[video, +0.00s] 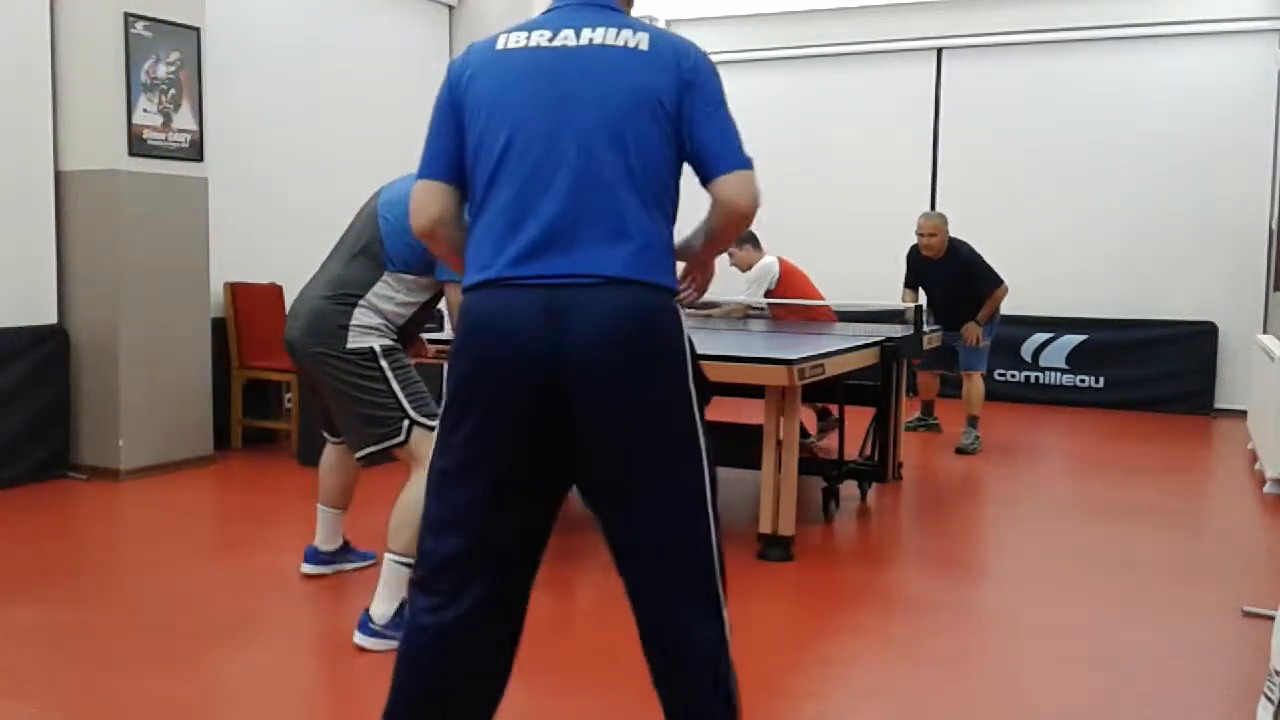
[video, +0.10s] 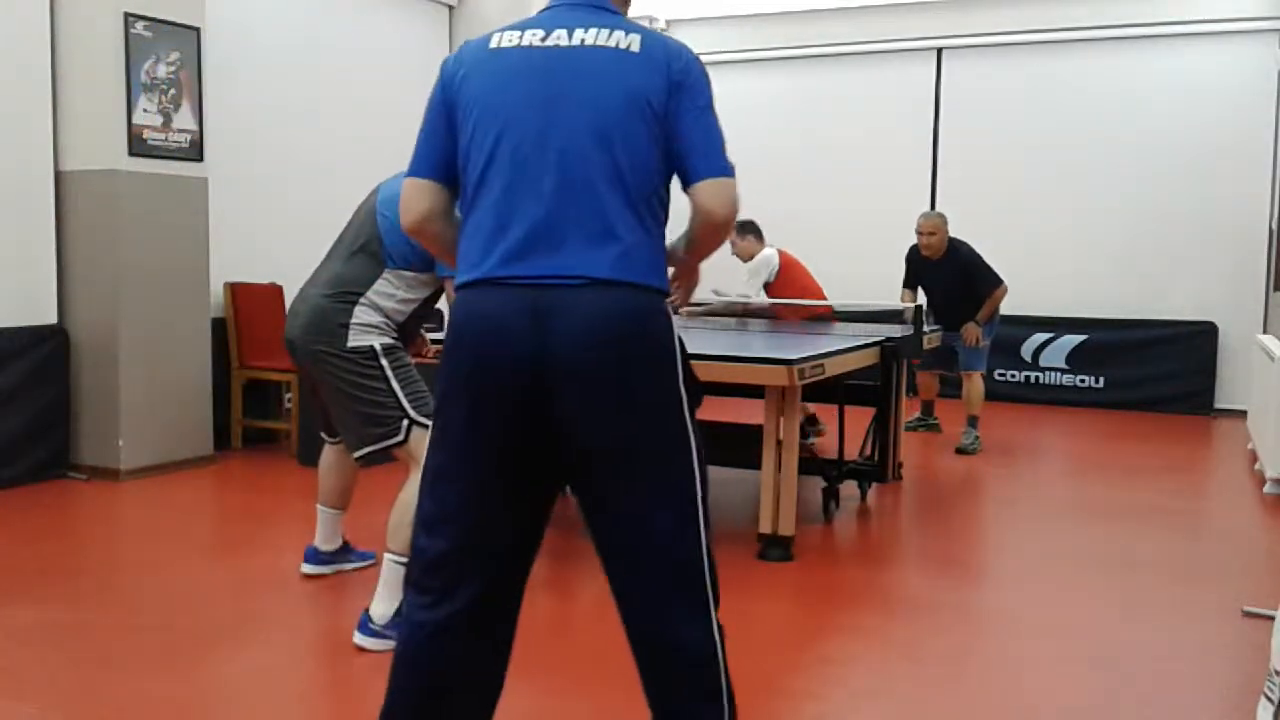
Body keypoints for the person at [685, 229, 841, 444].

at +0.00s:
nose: (731, 262)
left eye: (732, 254)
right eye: (729, 256)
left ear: (748, 249)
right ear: (752, 250)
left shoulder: (766, 266)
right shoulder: (773, 265)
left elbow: (740, 310)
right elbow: (745, 308)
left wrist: (700, 314)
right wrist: (703, 310)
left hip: (813, 332)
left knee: (774, 377)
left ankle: (798, 432)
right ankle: (822, 413)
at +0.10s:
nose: (732, 251)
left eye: (734, 244)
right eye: (731, 245)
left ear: (751, 239)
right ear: (755, 240)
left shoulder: (766, 258)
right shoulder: (772, 256)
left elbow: (741, 302)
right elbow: (746, 301)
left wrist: (697, 311)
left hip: (809, 322)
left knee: (772, 368)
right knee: (771, 364)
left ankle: (805, 420)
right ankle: (806, 418)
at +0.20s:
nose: (739, 237)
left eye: (740, 229)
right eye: (738, 231)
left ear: (756, 224)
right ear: (760, 225)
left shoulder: (771, 242)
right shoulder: (783, 245)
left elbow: (738, 279)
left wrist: (691, 287)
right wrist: (757, 290)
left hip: (802, 317)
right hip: (819, 315)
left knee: (773, 368)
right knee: (775, 368)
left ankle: (798, 433)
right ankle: (798, 432)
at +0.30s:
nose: (745, 219)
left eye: (747, 212)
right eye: (744, 213)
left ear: (764, 209)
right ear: (768, 211)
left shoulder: (773, 227)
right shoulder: (784, 232)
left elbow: (741, 249)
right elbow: (782, 281)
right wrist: (753, 271)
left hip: (804, 314)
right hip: (808, 312)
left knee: (781, 376)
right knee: (781, 375)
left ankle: (801, 435)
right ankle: (799, 434)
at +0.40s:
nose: (751, 205)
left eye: (755, 199)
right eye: (751, 200)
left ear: (771, 199)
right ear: (776, 201)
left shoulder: (776, 218)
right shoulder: (785, 226)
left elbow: (733, 228)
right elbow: (782, 280)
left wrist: (698, 211)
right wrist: (752, 268)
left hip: (800, 308)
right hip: (804, 307)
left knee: (781, 373)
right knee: (782, 373)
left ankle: (801, 434)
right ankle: (798, 433)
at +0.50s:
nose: (752, 198)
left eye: (757, 193)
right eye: (754, 193)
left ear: (774, 196)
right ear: (777, 197)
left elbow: (735, 226)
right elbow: (787, 277)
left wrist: (700, 205)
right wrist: (752, 279)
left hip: (795, 306)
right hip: (805, 304)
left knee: (782, 374)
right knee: (784, 375)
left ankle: (801, 435)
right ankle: (799, 434)